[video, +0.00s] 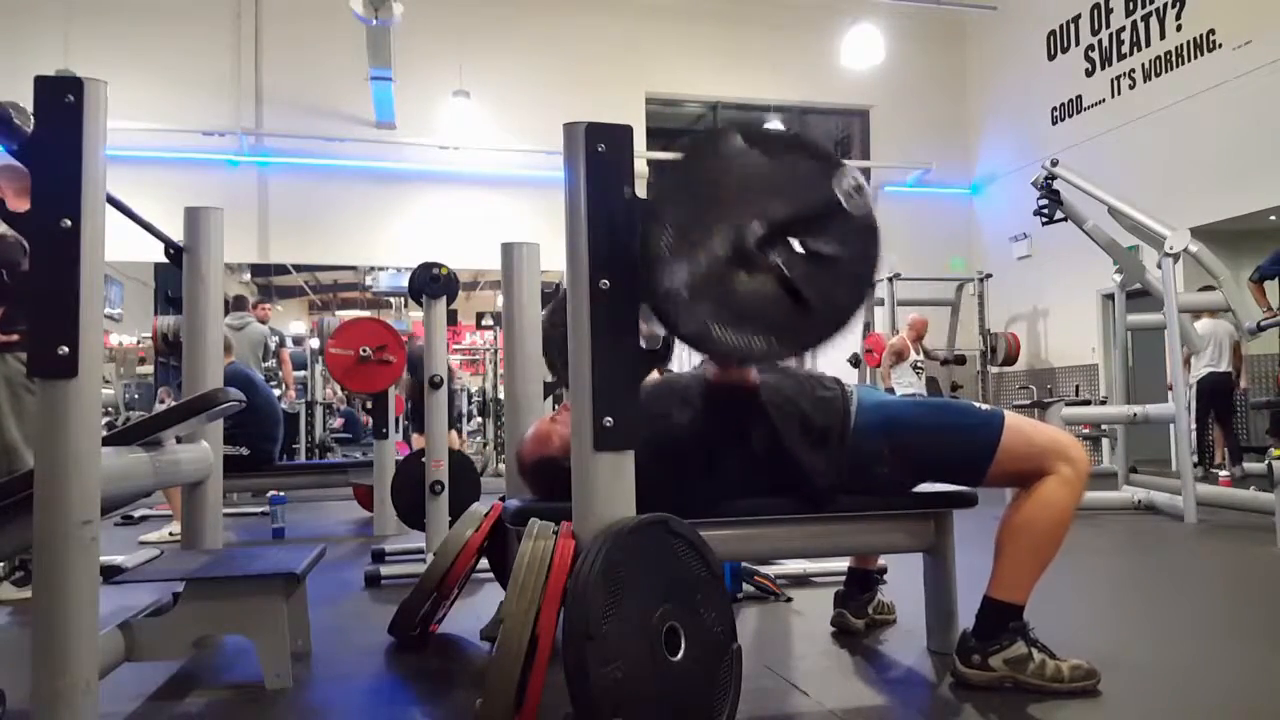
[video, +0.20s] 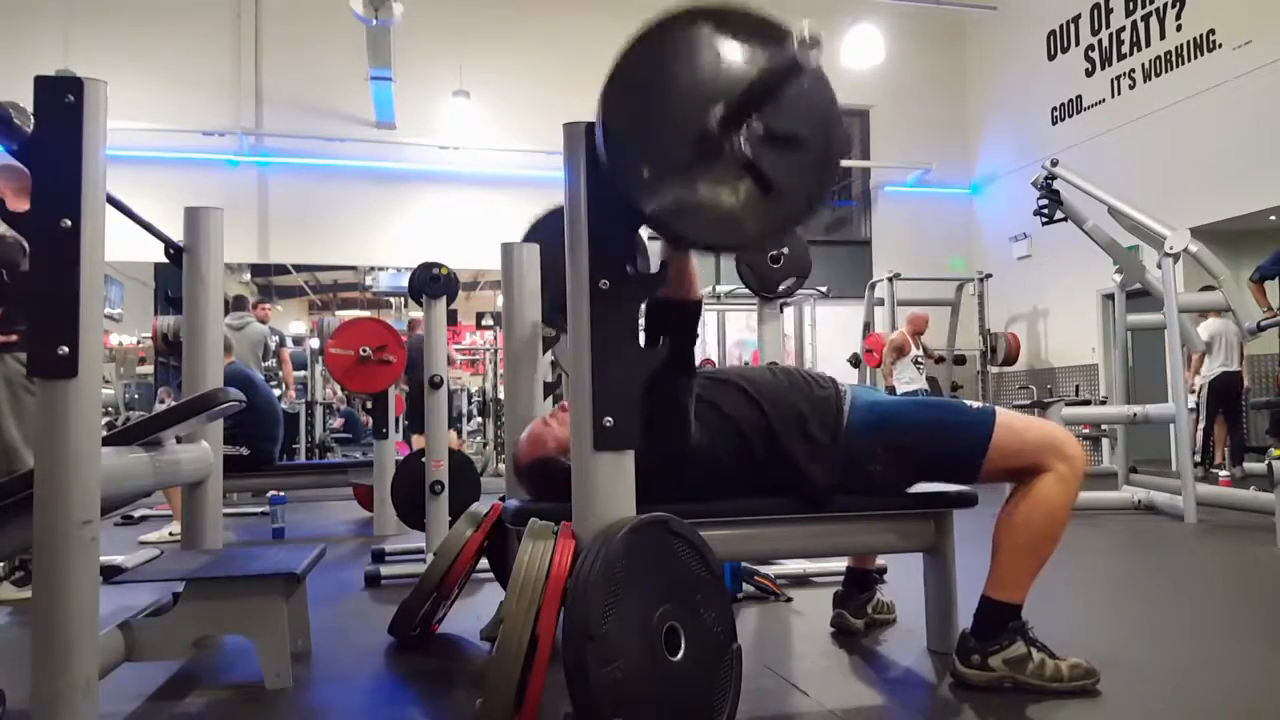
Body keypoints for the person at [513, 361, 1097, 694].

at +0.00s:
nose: (554, 412)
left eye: (547, 417)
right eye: (549, 422)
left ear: (560, 457)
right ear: (563, 451)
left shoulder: (599, 451)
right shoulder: (611, 443)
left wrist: (714, 382)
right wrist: (720, 380)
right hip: (839, 436)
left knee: (904, 441)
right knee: (1064, 457)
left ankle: (857, 598)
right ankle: (994, 640)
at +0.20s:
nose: (558, 410)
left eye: (548, 414)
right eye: (550, 424)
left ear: (569, 423)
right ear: (569, 456)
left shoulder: (623, 439)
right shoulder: (641, 444)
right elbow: (674, 318)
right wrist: (678, 214)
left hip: (828, 421)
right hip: (851, 428)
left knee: (911, 442)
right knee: (1062, 454)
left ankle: (856, 597)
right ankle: (993, 639)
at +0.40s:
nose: (555, 411)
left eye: (545, 415)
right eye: (547, 427)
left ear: (566, 426)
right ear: (566, 460)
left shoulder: (622, 444)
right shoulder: (637, 452)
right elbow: (670, 330)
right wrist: (687, 218)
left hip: (822, 428)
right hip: (843, 432)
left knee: (914, 445)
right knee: (1057, 452)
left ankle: (858, 594)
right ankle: (992, 640)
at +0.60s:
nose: (557, 411)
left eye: (547, 415)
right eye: (550, 426)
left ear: (568, 426)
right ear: (570, 460)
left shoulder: (622, 447)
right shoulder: (640, 453)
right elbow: (681, 320)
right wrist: (694, 204)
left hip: (824, 433)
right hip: (851, 433)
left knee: (911, 450)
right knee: (1060, 455)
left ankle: (857, 595)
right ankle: (992, 640)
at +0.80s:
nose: (560, 409)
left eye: (549, 413)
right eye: (553, 423)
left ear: (564, 463)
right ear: (569, 459)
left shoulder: (616, 444)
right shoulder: (641, 459)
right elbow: (695, 340)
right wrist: (705, 222)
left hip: (815, 433)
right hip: (848, 434)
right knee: (1061, 455)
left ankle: (860, 591)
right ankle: (993, 639)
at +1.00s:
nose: (552, 410)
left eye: (545, 415)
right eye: (546, 423)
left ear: (560, 451)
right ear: (560, 452)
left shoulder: (606, 438)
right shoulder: (615, 435)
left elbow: (722, 390)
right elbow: (729, 391)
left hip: (812, 435)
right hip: (838, 433)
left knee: (913, 441)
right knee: (1059, 455)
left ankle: (857, 599)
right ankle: (992, 642)